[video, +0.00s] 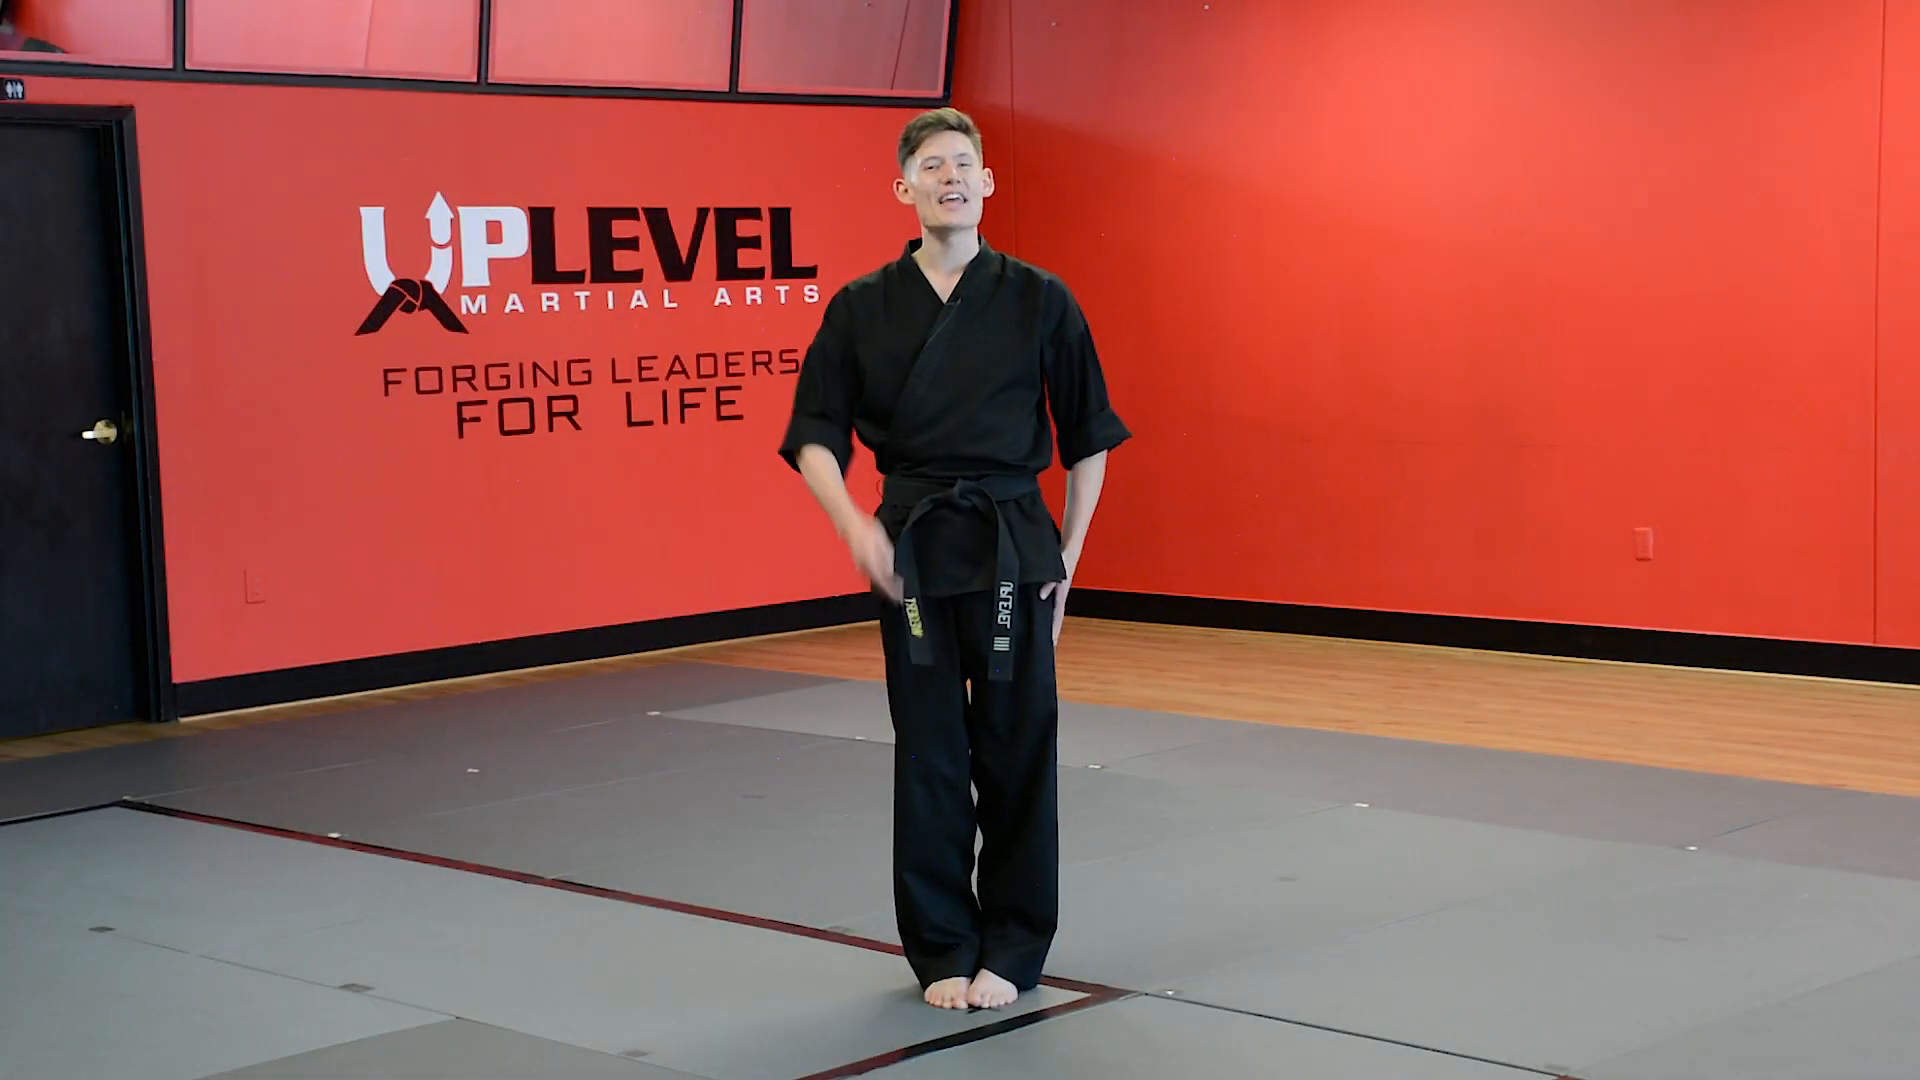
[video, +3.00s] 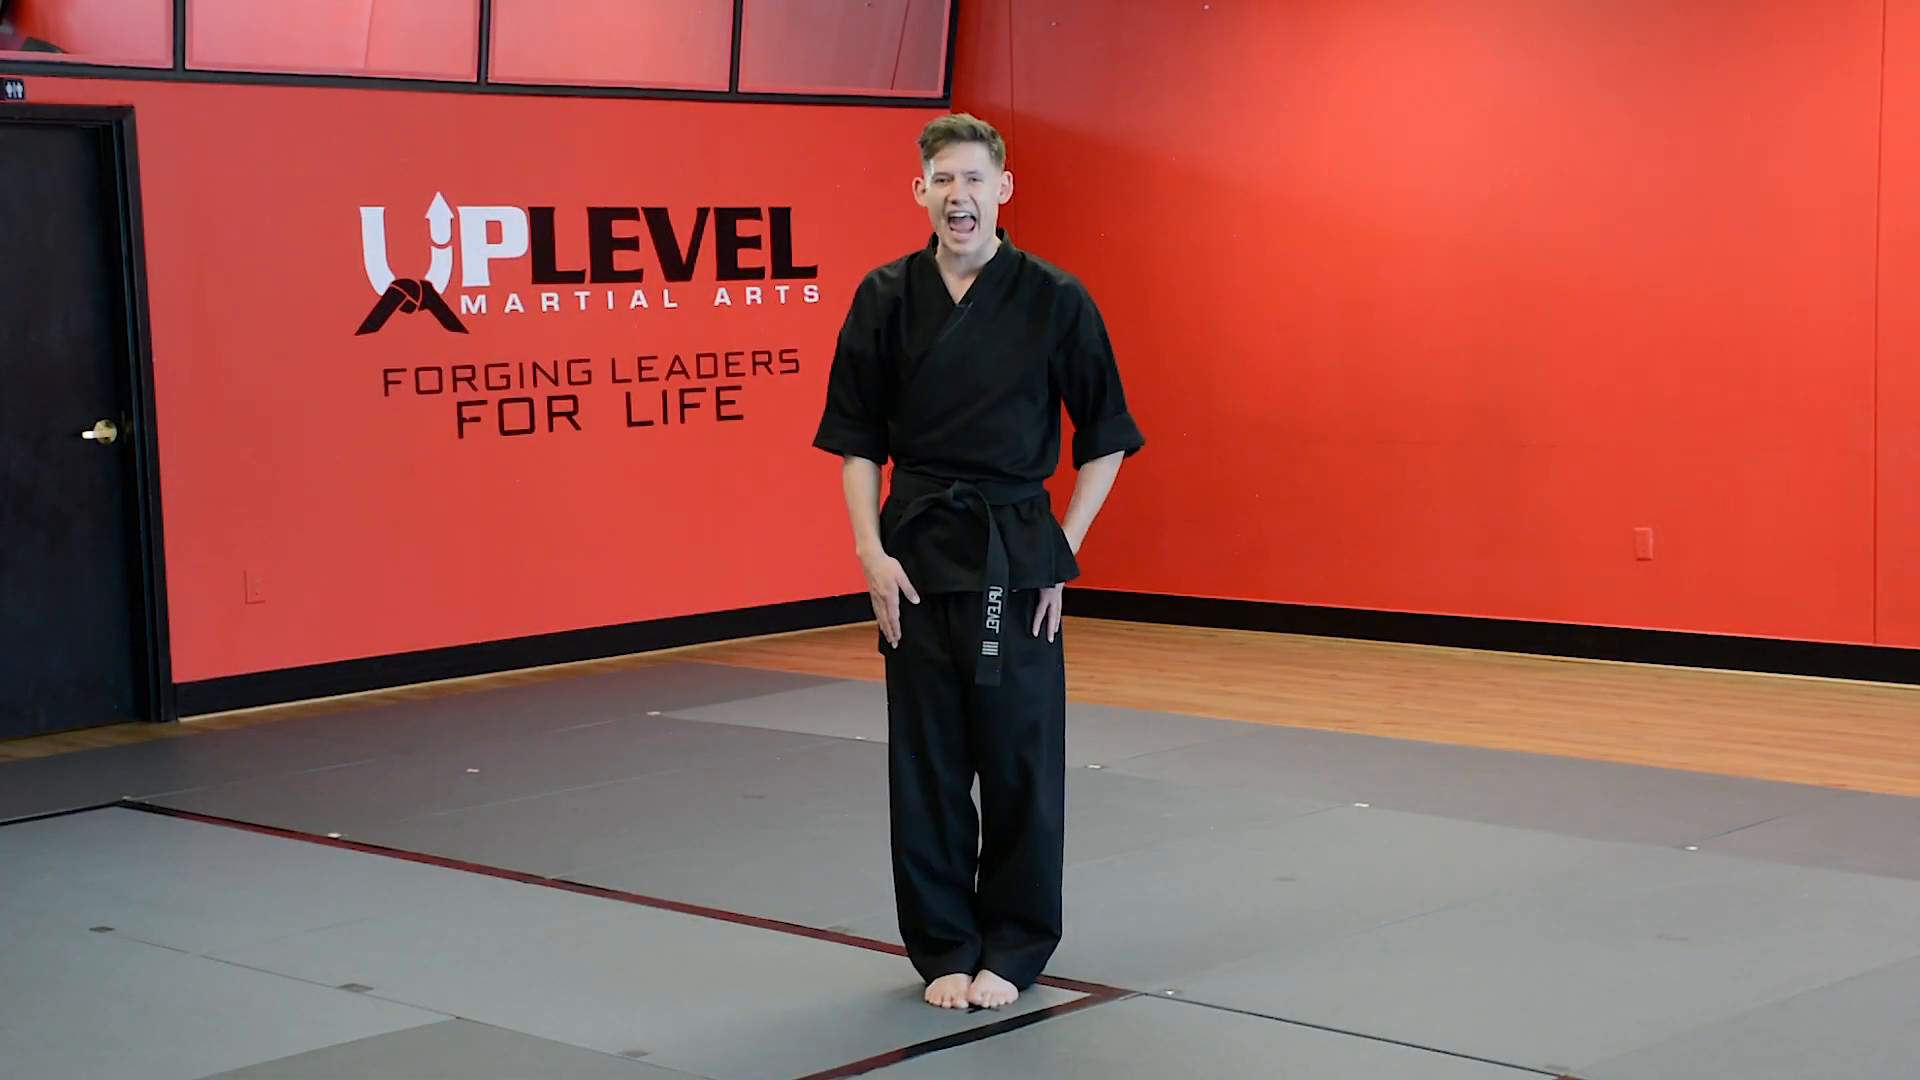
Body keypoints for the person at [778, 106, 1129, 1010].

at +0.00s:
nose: (953, 177)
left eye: (966, 165)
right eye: (934, 166)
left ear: (987, 183)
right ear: (905, 187)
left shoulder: (1039, 297)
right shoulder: (860, 306)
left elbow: (1087, 437)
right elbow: (812, 439)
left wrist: (1070, 556)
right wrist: (857, 529)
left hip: (1017, 536)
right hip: (914, 539)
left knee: (1016, 761)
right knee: (929, 762)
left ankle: (1011, 955)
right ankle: (943, 955)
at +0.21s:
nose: (952, 171)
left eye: (963, 160)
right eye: (932, 162)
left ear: (985, 182)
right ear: (902, 189)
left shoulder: (1037, 295)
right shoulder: (859, 299)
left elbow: (1093, 420)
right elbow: (781, 394)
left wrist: (1068, 534)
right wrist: (852, 392)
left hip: (1016, 537)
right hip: (915, 540)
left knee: (1018, 759)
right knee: (932, 759)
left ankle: (1011, 956)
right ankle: (943, 957)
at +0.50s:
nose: (965, 168)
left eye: (972, 157)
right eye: (942, 158)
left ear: (987, 180)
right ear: (903, 182)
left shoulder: (1030, 294)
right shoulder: (871, 293)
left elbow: (1085, 409)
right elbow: (766, 322)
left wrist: (1060, 516)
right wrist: (852, 264)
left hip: (1018, 537)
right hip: (919, 541)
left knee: (1022, 759)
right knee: (940, 760)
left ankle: (1010, 957)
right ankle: (944, 958)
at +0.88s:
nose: (966, 162)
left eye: (974, 151)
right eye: (943, 153)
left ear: (989, 175)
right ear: (907, 181)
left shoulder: (1029, 285)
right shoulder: (880, 281)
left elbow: (1080, 393)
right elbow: (813, 312)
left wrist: (1057, 506)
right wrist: (874, 260)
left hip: (1015, 534)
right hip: (916, 538)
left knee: (1018, 759)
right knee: (932, 761)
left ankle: (1012, 953)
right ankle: (941, 956)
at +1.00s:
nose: (960, 164)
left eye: (970, 152)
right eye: (938, 154)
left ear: (990, 172)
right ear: (906, 180)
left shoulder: (1030, 283)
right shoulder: (870, 281)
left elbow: (1086, 393)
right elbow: (878, 365)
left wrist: (1054, 502)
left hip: (1014, 531)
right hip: (915, 536)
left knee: (1018, 758)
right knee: (928, 761)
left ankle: (1013, 954)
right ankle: (939, 953)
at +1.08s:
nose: (955, 166)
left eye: (967, 154)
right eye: (935, 157)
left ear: (992, 175)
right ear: (906, 184)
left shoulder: (1035, 284)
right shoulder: (873, 290)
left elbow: (1088, 392)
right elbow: (874, 408)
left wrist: (1058, 499)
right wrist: (923, 491)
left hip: (1015, 532)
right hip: (918, 534)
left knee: (1017, 758)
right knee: (926, 760)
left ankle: (1014, 957)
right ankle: (939, 956)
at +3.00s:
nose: (960, 196)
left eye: (975, 179)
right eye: (944, 180)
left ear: (1004, 188)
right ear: (922, 192)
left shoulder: (1054, 297)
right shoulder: (884, 296)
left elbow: (1107, 432)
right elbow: (855, 438)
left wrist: (1064, 547)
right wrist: (870, 553)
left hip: (1017, 545)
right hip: (915, 545)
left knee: (1021, 766)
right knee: (927, 765)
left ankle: (1011, 955)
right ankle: (945, 953)